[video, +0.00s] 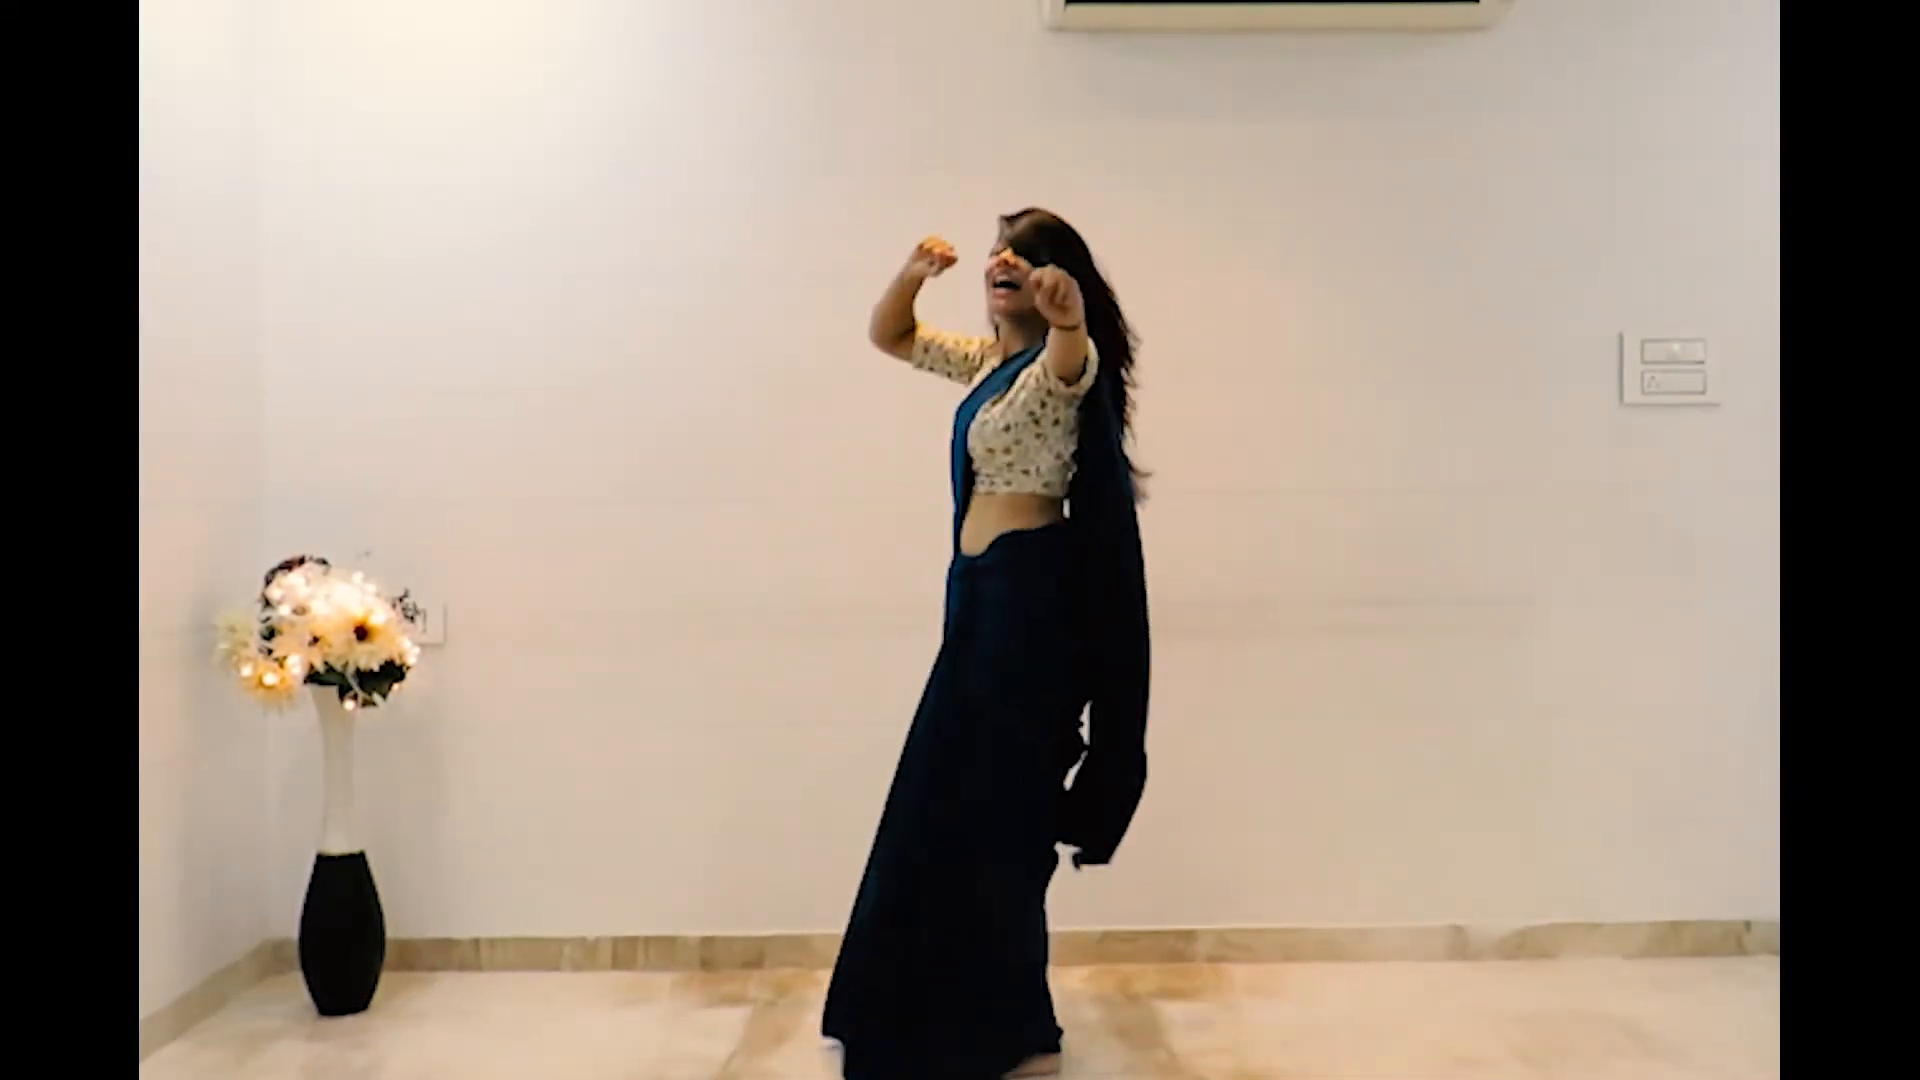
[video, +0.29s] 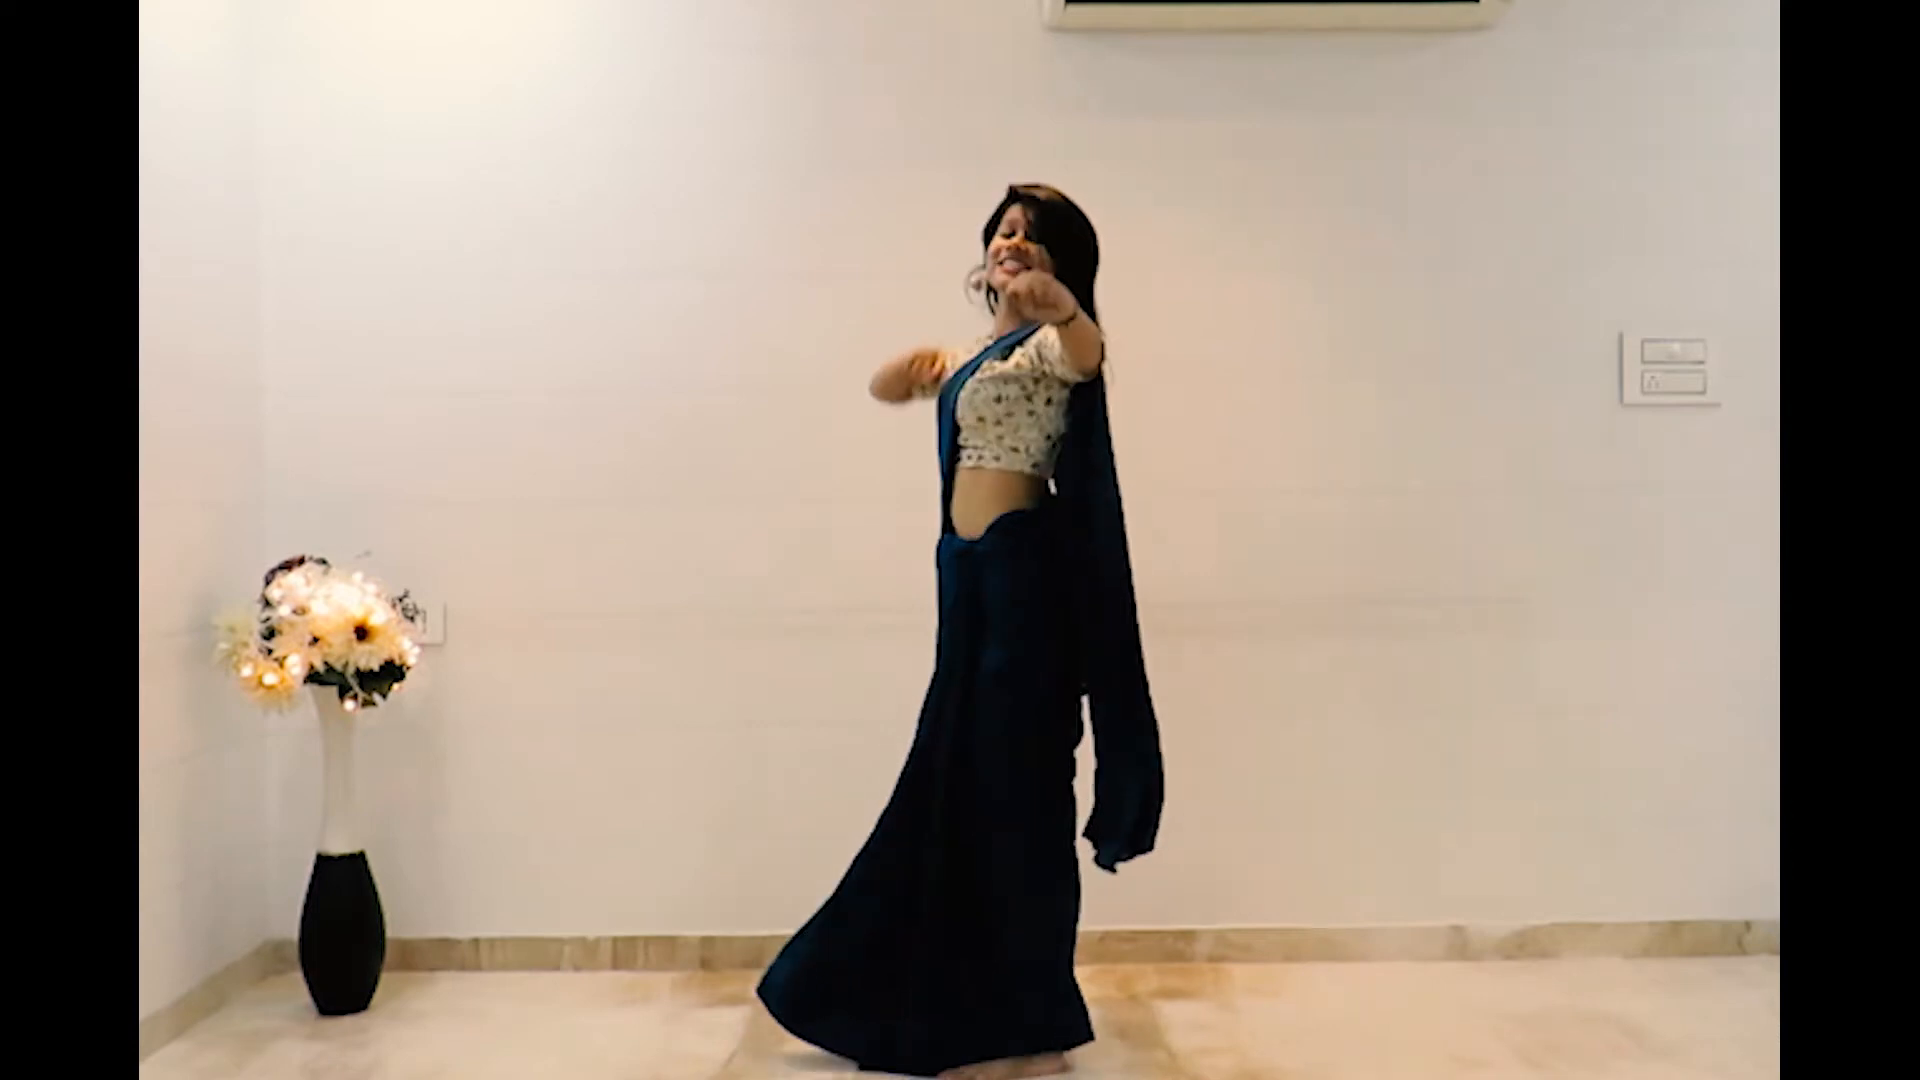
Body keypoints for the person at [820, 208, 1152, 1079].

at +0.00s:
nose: (1001, 269)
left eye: (1020, 258)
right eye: (997, 258)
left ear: (1054, 287)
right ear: (990, 284)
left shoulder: (1058, 367)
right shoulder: (989, 364)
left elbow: (1071, 348)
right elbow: (890, 336)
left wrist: (1060, 304)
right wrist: (909, 279)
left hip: (1026, 596)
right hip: (977, 596)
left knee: (960, 803)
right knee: (973, 805)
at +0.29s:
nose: (1010, 244)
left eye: (1029, 236)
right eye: (1000, 233)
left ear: (1061, 266)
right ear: (985, 260)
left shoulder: (1059, 345)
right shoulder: (976, 359)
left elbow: (1081, 355)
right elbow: (885, 388)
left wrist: (1062, 303)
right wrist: (912, 366)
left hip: (1024, 568)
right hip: (966, 572)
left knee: (1009, 782)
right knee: (968, 780)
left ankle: (1025, 1002)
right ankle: (979, 997)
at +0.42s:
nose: (993, 256)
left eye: (1015, 247)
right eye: (992, 244)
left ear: (1054, 276)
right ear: (989, 269)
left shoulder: (1062, 344)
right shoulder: (985, 373)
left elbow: (1082, 370)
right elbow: (960, 456)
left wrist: (989, 388)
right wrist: (917, 468)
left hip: (1028, 598)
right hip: (973, 601)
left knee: (1002, 805)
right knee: (983, 807)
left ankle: (1018, 1031)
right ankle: (998, 1026)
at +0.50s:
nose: (972, 256)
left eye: (988, 247)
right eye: (979, 243)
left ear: (1029, 270)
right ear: (1018, 269)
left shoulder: (1047, 333)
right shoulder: (1005, 356)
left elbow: (1008, 330)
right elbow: (963, 405)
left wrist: (902, 351)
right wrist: (925, 424)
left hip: (1023, 581)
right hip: (989, 582)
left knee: (987, 795)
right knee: (982, 796)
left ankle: (1009, 1026)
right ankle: (999, 1019)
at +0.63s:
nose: (977, 246)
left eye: (992, 242)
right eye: (987, 237)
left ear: (1015, 273)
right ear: (1038, 278)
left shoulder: (999, 354)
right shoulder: (1041, 341)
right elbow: (934, 326)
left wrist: (906, 239)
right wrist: (869, 377)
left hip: (1008, 591)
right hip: (1046, 578)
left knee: (947, 796)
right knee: (998, 797)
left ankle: (974, 1014)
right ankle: (1010, 1008)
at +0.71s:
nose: (978, 280)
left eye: (990, 272)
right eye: (986, 267)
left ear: (1014, 301)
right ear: (1061, 305)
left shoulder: (971, 389)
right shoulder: (1065, 374)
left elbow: (864, 405)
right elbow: (956, 353)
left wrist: (923, 297)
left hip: (1001, 627)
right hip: (1068, 611)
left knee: (917, 797)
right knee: (1004, 804)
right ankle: (1014, 998)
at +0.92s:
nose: (980, 284)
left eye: (992, 273)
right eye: (987, 270)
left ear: (1013, 294)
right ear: (1071, 298)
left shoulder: (1008, 385)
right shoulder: (1063, 369)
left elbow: (885, 412)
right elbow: (965, 373)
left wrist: (896, 301)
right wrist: (898, 350)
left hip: (997, 624)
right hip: (1040, 610)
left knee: (900, 798)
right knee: (971, 803)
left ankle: (874, 1013)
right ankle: (987, 997)